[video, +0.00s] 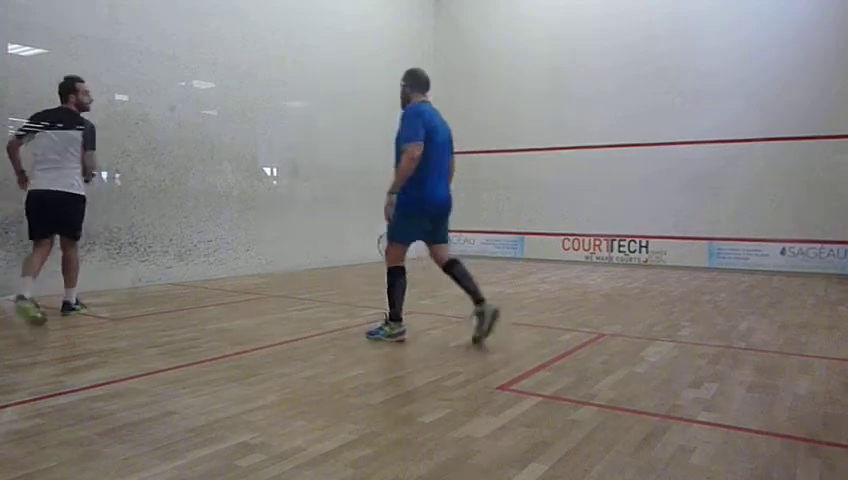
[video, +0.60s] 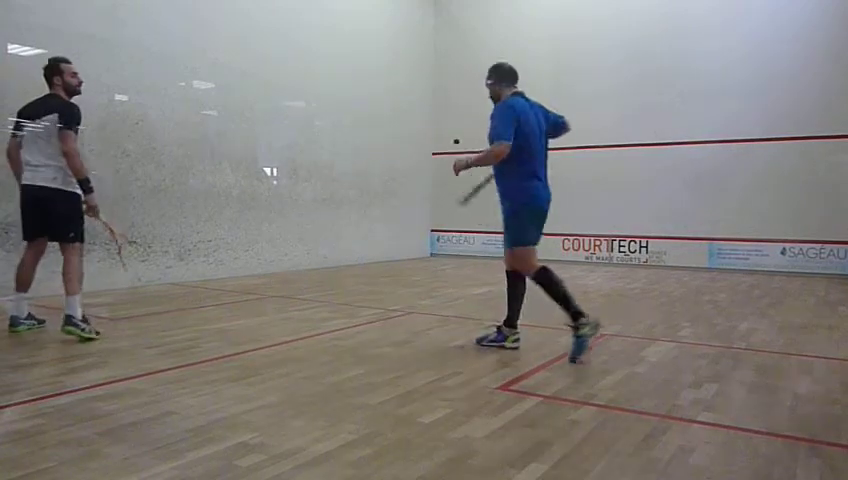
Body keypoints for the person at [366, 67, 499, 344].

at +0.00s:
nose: (400, 95)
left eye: (401, 90)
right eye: (401, 90)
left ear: (407, 90)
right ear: (425, 91)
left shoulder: (413, 114)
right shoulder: (439, 120)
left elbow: (412, 152)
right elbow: (449, 167)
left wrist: (392, 192)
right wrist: (439, 194)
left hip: (413, 199)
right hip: (440, 199)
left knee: (394, 255)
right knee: (441, 254)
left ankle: (394, 323)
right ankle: (482, 305)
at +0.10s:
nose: (416, 96)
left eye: (417, 91)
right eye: (417, 91)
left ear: (423, 92)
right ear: (443, 94)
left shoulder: (432, 116)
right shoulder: (455, 121)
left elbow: (439, 151)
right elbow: (464, 167)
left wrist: (419, 192)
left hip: (433, 201)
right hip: (459, 201)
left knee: (408, 258)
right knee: (468, 259)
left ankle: (395, 324)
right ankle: (499, 319)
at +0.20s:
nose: (432, 97)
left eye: (434, 92)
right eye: (433, 92)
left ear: (442, 93)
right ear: (458, 93)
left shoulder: (449, 115)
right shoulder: (469, 117)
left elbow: (464, 143)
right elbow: (482, 159)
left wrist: (442, 183)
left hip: (455, 199)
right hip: (478, 198)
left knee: (429, 260)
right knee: (487, 261)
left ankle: (405, 322)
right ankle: (506, 327)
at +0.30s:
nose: (447, 94)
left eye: (448, 89)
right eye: (448, 89)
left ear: (454, 89)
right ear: (473, 88)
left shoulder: (464, 108)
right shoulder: (485, 110)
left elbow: (481, 132)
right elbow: (507, 141)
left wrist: (456, 173)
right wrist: (474, 155)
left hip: (473, 196)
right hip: (496, 197)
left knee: (443, 254)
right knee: (495, 257)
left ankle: (439, 327)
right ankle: (507, 328)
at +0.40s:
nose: (461, 91)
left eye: (462, 86)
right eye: (461, 86)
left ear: (469, 86)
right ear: (487, 84)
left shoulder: (477, 105)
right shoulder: (501, 106)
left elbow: (490, 132)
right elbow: (527, 123)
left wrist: (462, 170)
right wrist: (496, 133)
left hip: (487, 194)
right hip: (509, 194)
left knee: (464, 255)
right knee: (501, 255)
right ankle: (508, 328)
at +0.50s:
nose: (474, 90)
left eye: (476, 85)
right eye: (475, 85)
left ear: (483, 84)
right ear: (501, 83)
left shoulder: (491, 106)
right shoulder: (518, 104)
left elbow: (495, 140)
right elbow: (544, 120)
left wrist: (464, 167)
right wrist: (515, 123)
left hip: (502, 194)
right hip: (524, 193)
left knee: (494, 260)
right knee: (509, 259)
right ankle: (508, 328)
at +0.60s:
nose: (488, 91)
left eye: (490, 86)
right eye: (488, 85)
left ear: (498, 84)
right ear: (514, 83)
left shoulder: (505, 109)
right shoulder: (531, 106)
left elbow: (500, 150)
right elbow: (561, 126)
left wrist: (468, 162)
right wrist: (528, 137)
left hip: (522, 199)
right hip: (533, 196)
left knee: (526, 263)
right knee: (514, 263)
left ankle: (581, 321)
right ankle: (509, 329)